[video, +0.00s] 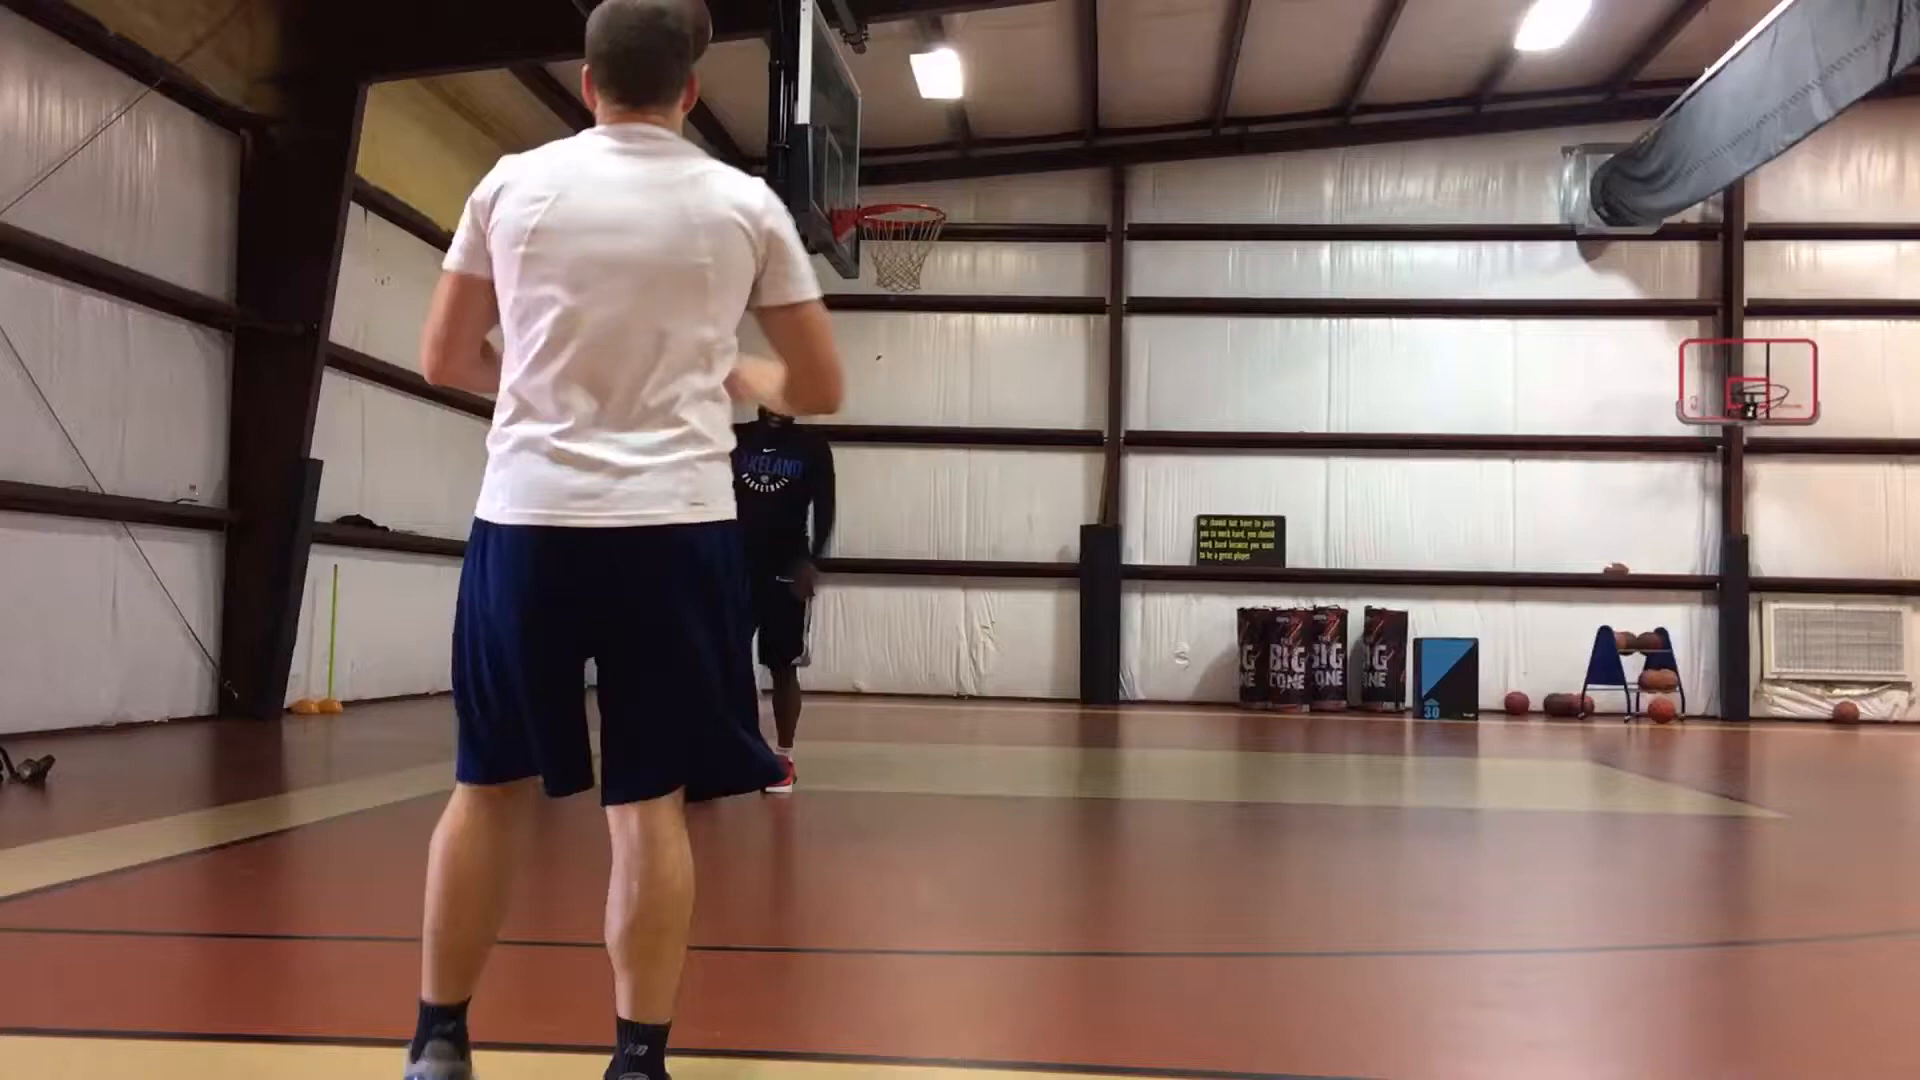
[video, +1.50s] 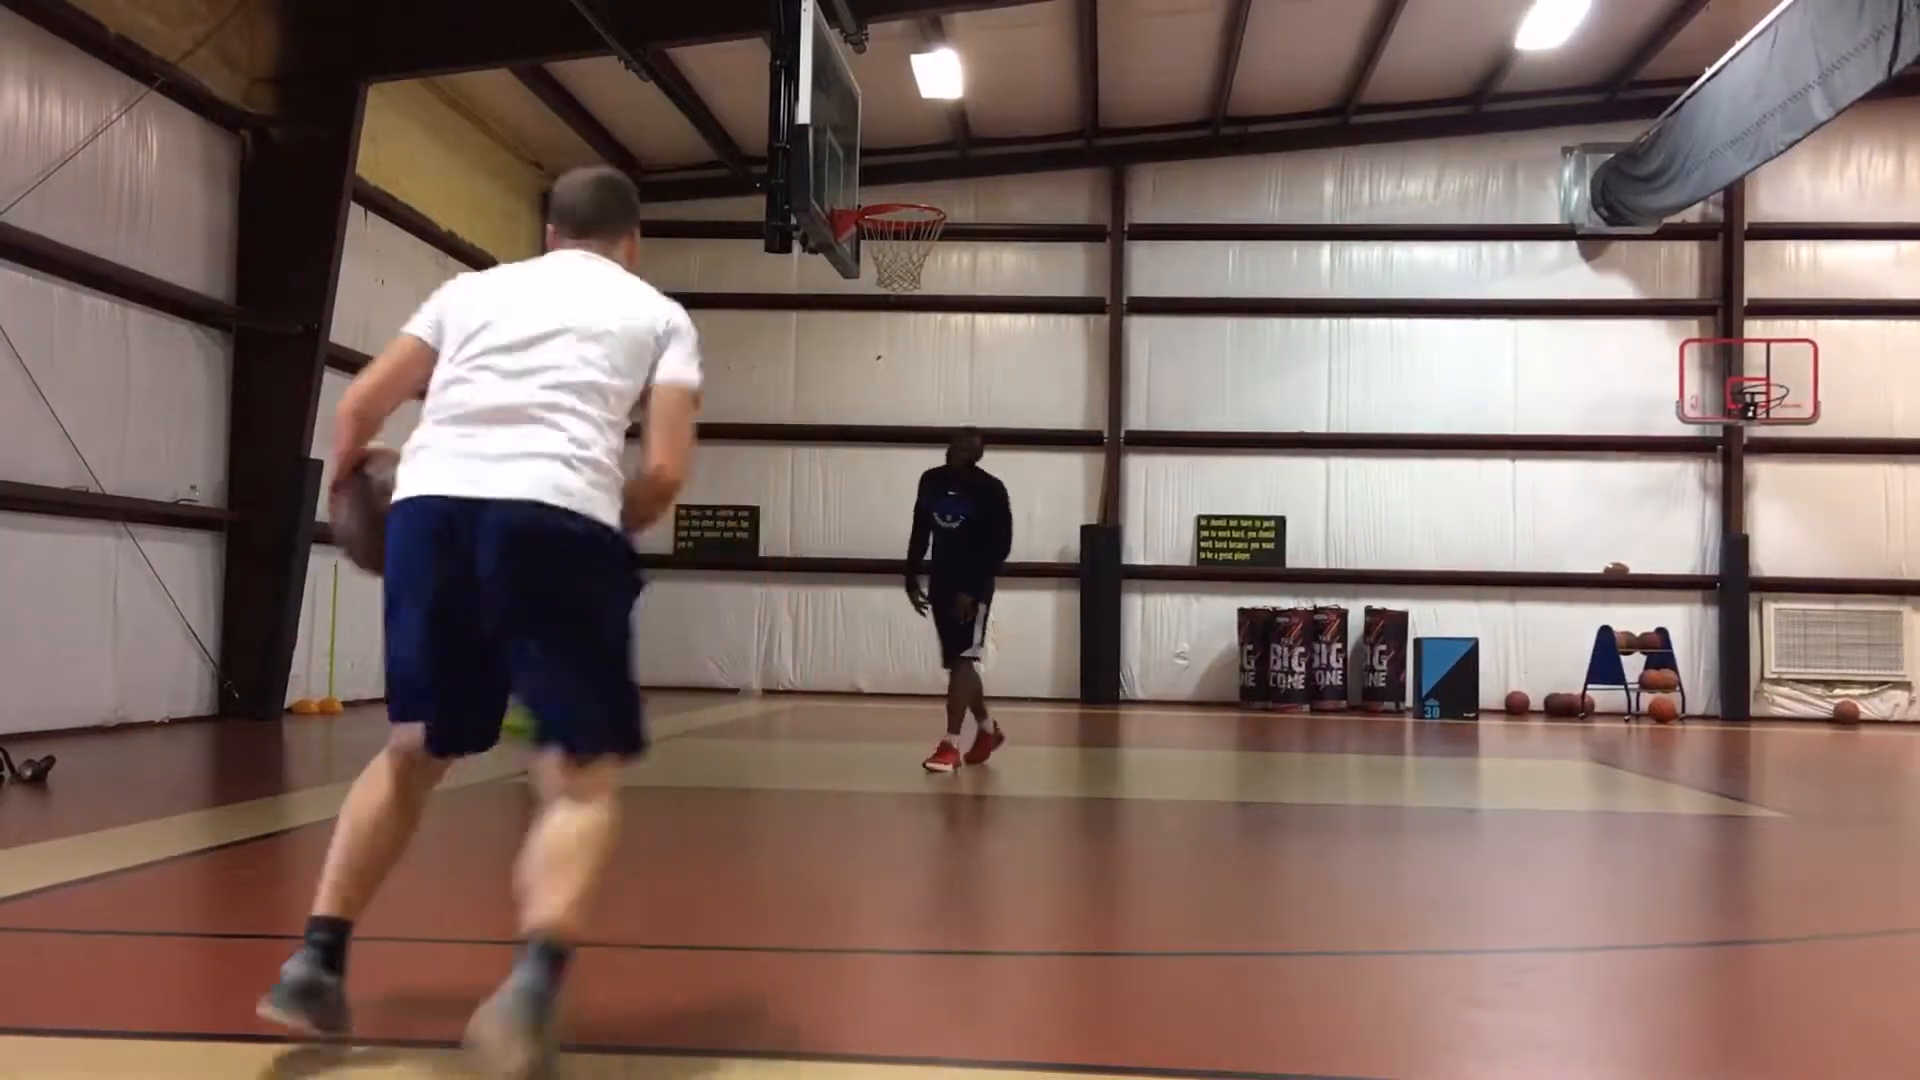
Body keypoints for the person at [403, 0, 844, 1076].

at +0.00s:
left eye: (585, 76)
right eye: (687, 75)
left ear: (582, 84)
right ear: (691, 89)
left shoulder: (513, 185)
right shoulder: (746, 205)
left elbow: (445, 357)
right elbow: (820, 389)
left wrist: (547, 382)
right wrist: (750, 375)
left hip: (527, 538)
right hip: (678, 543)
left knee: (490, 785)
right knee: (652, 801)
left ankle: (437, 1047)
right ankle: (640, 1063)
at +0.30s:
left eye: (560, 114)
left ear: (560, 124)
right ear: (662, 123)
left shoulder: (501, 218)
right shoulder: (710, 225)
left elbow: (520, 348)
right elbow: (761, 378)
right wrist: (687, 281)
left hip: (511, 534)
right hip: (656, 536)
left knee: (481, 782)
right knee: (688, 778)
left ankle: (442, 1041)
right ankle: (689, 996)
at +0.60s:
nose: (711, 220)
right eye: (716, 207)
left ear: (623, 209)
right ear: (714, 209)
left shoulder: (558, 277)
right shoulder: (758, 285)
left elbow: (493, 438)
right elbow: (796, 459)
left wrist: (504, 468)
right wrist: (746, 517)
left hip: (562, 537)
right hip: (708, 542)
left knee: (486, 751)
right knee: (758, 765)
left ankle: (400, 974)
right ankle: (761, 988)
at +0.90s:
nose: (800, 467)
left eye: (799, 458)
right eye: (800, 457)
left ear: (712, 445)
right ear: (786, 450)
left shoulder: (642, 496)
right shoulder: (792, 498)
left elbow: (614, 639)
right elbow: (806, 656)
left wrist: (658, 808)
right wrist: (833, 810)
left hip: (574, 674)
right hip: (714, 672)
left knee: (494, 852)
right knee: (817, 810)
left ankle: (373, 1000)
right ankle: (878, 975)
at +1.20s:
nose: (721, 437)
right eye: (721, 427)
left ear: (636, 418)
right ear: (715, 425)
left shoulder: (573, 466)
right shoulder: (734, 471)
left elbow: (532, 608)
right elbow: (765, 592)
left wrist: (531, 793)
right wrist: (786, 736)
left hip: (537, 642)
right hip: (677, 649)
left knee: (389, 809)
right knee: (783, 803)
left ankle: (361, 1023)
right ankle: (874, 988)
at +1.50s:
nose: (639, 258)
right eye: (642, 246)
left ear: (549, 234)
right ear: (633, 243)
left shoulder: (471, 288)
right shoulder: (660, 316)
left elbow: (360, 401)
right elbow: (666, 470)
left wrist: (345, 480)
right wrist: (608, 532)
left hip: (430, 516)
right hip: (562, 527)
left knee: (411, 750)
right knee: (582, 780)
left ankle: (318, 957)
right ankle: (534, 978)